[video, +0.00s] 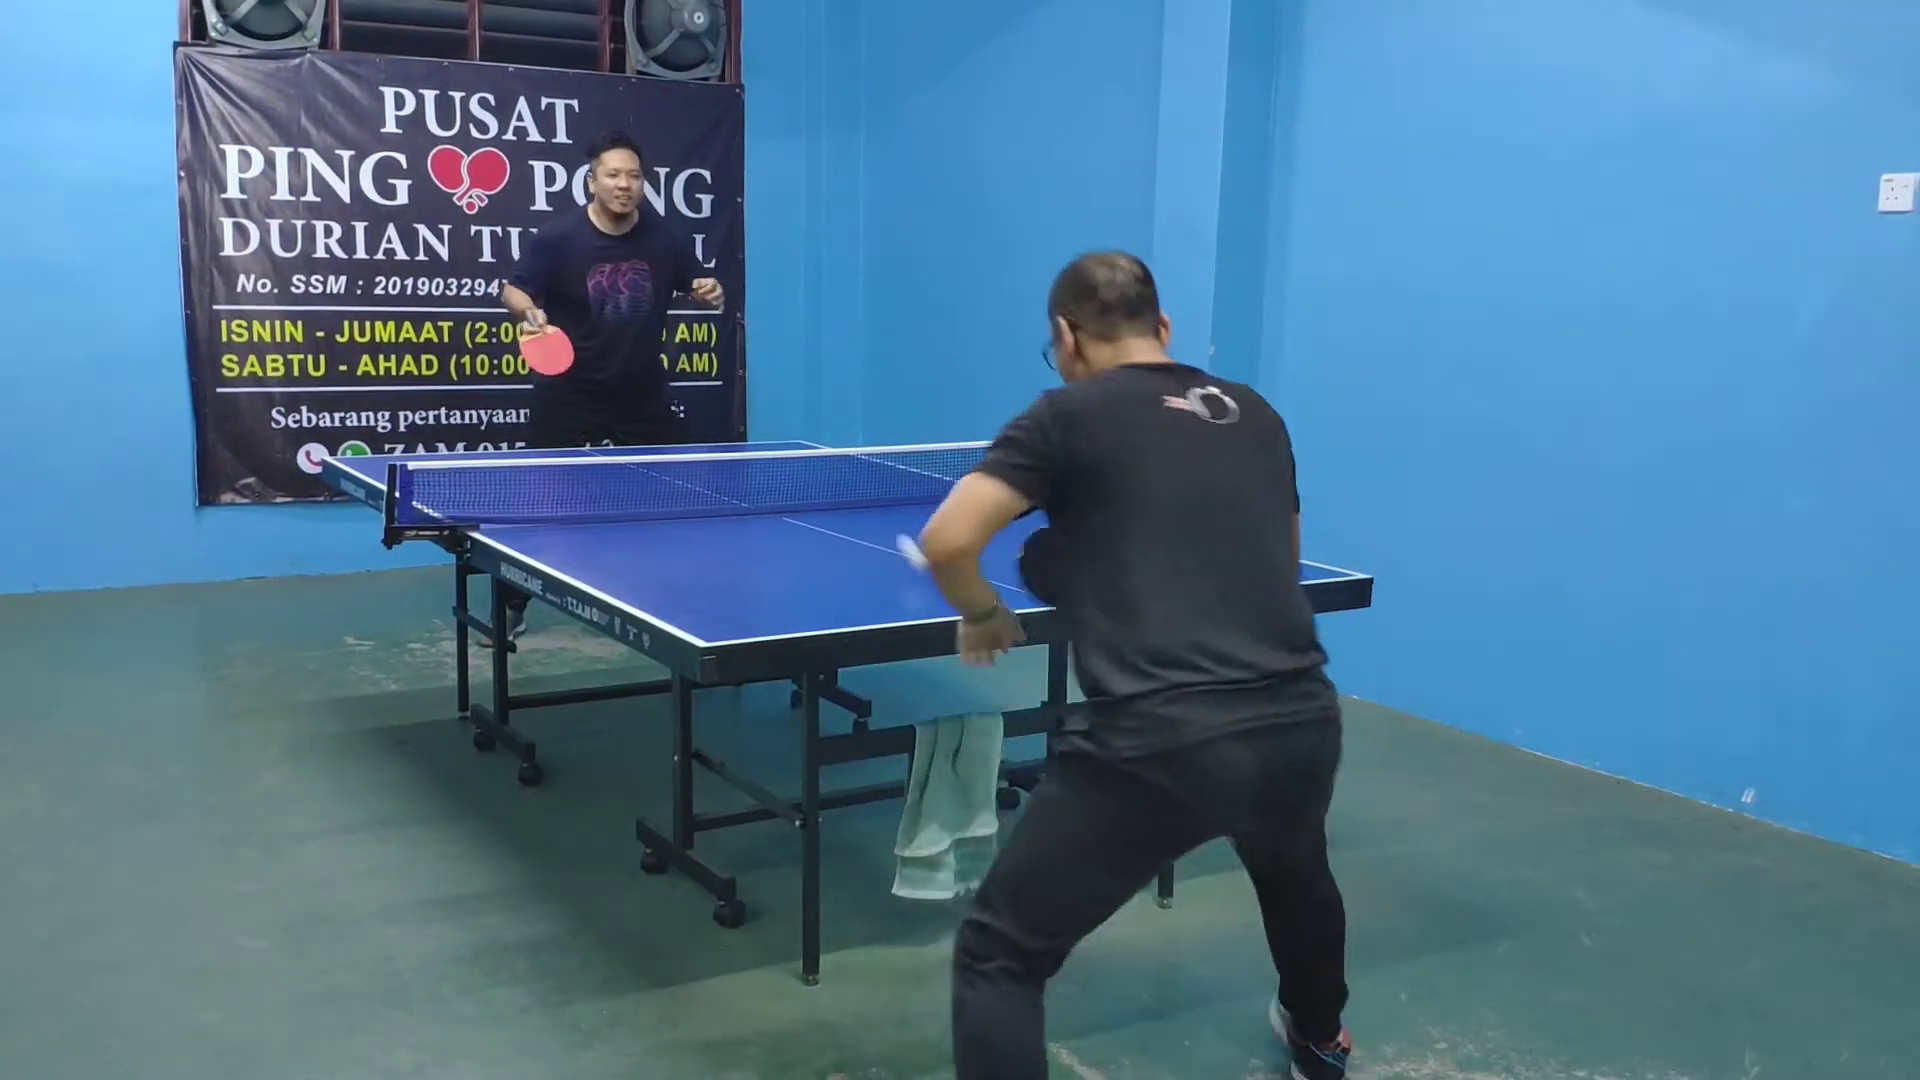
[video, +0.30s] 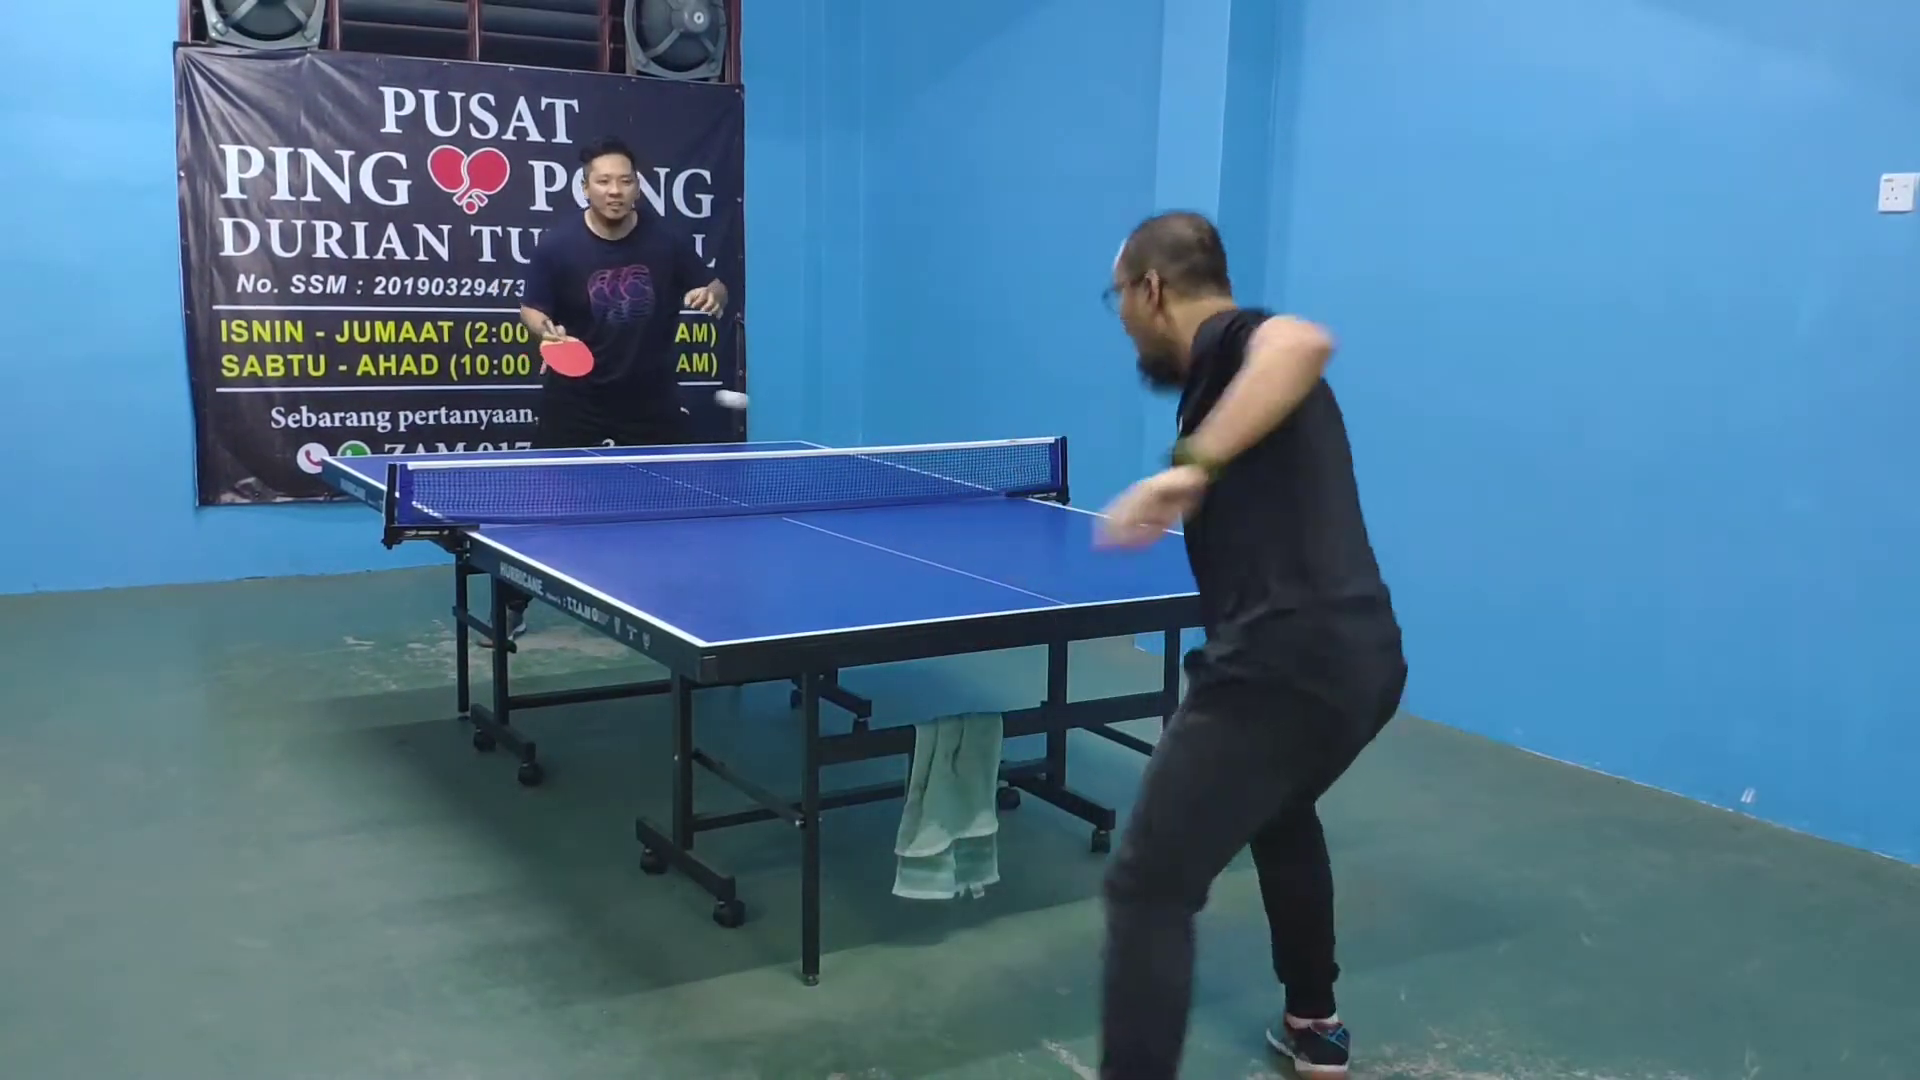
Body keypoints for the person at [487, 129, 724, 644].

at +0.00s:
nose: (624, 184)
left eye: (632, 176)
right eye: (613, 175)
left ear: (643, 183)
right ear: (592, 181)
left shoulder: (662, 237)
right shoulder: (558, 239)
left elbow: (695, 283)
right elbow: (512, 289)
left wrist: (709, 291)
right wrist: (528, 311)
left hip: (642, 394)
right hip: (567, 396)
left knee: (675, 489)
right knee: (543, 497)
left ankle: (675, 601)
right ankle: (511, 602)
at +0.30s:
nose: (615, 191)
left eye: (623, 181)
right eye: (603, 182)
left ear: (637, 186)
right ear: (585, 188)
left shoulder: (665, 240)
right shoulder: (559, 244)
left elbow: (714, 286)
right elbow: (531, 308)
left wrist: (712, 294)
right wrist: (545, 327)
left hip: (650, 395)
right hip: (575, 397)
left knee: (673, 493)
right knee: (544, 495)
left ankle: (676, 602)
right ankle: (511, 602)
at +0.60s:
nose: (553, 208)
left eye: (563, 197)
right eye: (546, 199)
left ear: (593, 197)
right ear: (539, 201)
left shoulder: (637, 243)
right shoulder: (530, 259)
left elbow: (694, 289)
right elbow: (485, 314)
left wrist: (694, 315)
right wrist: (432, 329)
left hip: (633, 408)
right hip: (555, 410)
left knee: (658, 510)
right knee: (511, 500)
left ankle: (665, 618)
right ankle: (471, 616)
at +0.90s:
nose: (472, 221)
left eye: (482, 209)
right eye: (463, 211)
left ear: (511, 208)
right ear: (456, 213)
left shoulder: (558, 243)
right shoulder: (457, 278)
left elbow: (612, 273)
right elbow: (432, 344)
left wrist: (648, 308)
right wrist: (420, 373)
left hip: (584, 404)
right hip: (506, 412)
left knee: (645, 495)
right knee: (477, 509)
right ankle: (451, 621)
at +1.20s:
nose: (517, 199)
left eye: (524, 189)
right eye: (504, 191)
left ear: (535, 194)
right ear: (484, 201)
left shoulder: (568, 243)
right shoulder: (469, 267)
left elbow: (613, 280)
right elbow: (448, 340)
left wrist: (645, 298)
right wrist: (475, 355)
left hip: (578, 405)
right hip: (507, 411)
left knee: (626, 499)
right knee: (483, 511)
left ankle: (660, 613)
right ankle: (452, 621)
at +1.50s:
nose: (568, 182)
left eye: (574, 173)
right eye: (556, 174)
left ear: (583, 180)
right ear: (533, 184)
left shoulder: (612, 239)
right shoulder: (509, 247)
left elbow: (656, 283)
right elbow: (484, 316)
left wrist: (677, 310)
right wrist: (494, 340)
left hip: (600, 399)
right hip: (528, 404)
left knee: (636, 498)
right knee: (476, 494)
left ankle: (659, 609)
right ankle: (449, 601)